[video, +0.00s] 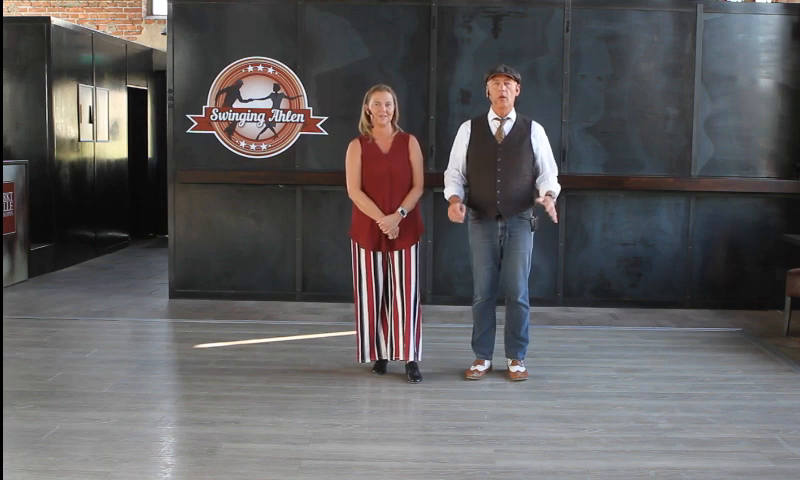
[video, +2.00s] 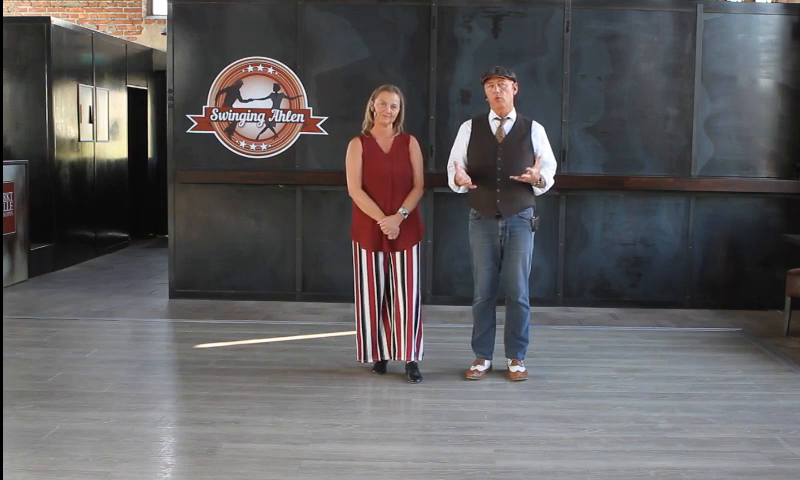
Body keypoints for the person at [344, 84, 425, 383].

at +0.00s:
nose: (383, 109)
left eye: (387, 104)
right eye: (377, 104)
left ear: (395, 108)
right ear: (368, 108)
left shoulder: (410, 143)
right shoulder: (356, 146)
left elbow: (419, 186)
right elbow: (353, 190)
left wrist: (397, 215)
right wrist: (384, 220)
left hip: (404, 230)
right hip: (368, 231)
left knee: (407, 294)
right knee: (372, 294)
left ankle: (411, 358)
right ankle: (379, 355)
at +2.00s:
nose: (387, 110)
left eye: (393, 105)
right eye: (383, 104)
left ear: (399, 110)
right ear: (373, 106)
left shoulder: (410, 143)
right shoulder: (357, 144)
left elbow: (419, 186)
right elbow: (354, 189)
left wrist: (398, 216)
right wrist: (385, 220)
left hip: (405, 229)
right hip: (369, 230)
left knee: (408, 294)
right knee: (373, 295)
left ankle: (412, 357)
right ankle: (378, 355)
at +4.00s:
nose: (389, 110)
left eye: (394, 105)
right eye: (384, 104)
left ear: (400, 110)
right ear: (374, 107)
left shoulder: (412, 143)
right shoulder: (360, 144)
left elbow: (420, 187)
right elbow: (357, 190)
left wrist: (401, 216)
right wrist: (389, 220)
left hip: (406, 230)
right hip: (371, 231)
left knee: (406, 295)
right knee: (374, 295)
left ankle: (406, 359)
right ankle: (379, 356)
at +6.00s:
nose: (396, 108)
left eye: (397, 103)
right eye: (389, 104)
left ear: (399, 107)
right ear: (373, 110)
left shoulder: (412, 143)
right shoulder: (360, 145)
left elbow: (421, 187)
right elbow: (357, 191)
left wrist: (402, 216)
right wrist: (388, 220)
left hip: (406, 230)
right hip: (371, 231)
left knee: (407, 295)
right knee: (374, 295)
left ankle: (406, 359)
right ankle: (378, 355)